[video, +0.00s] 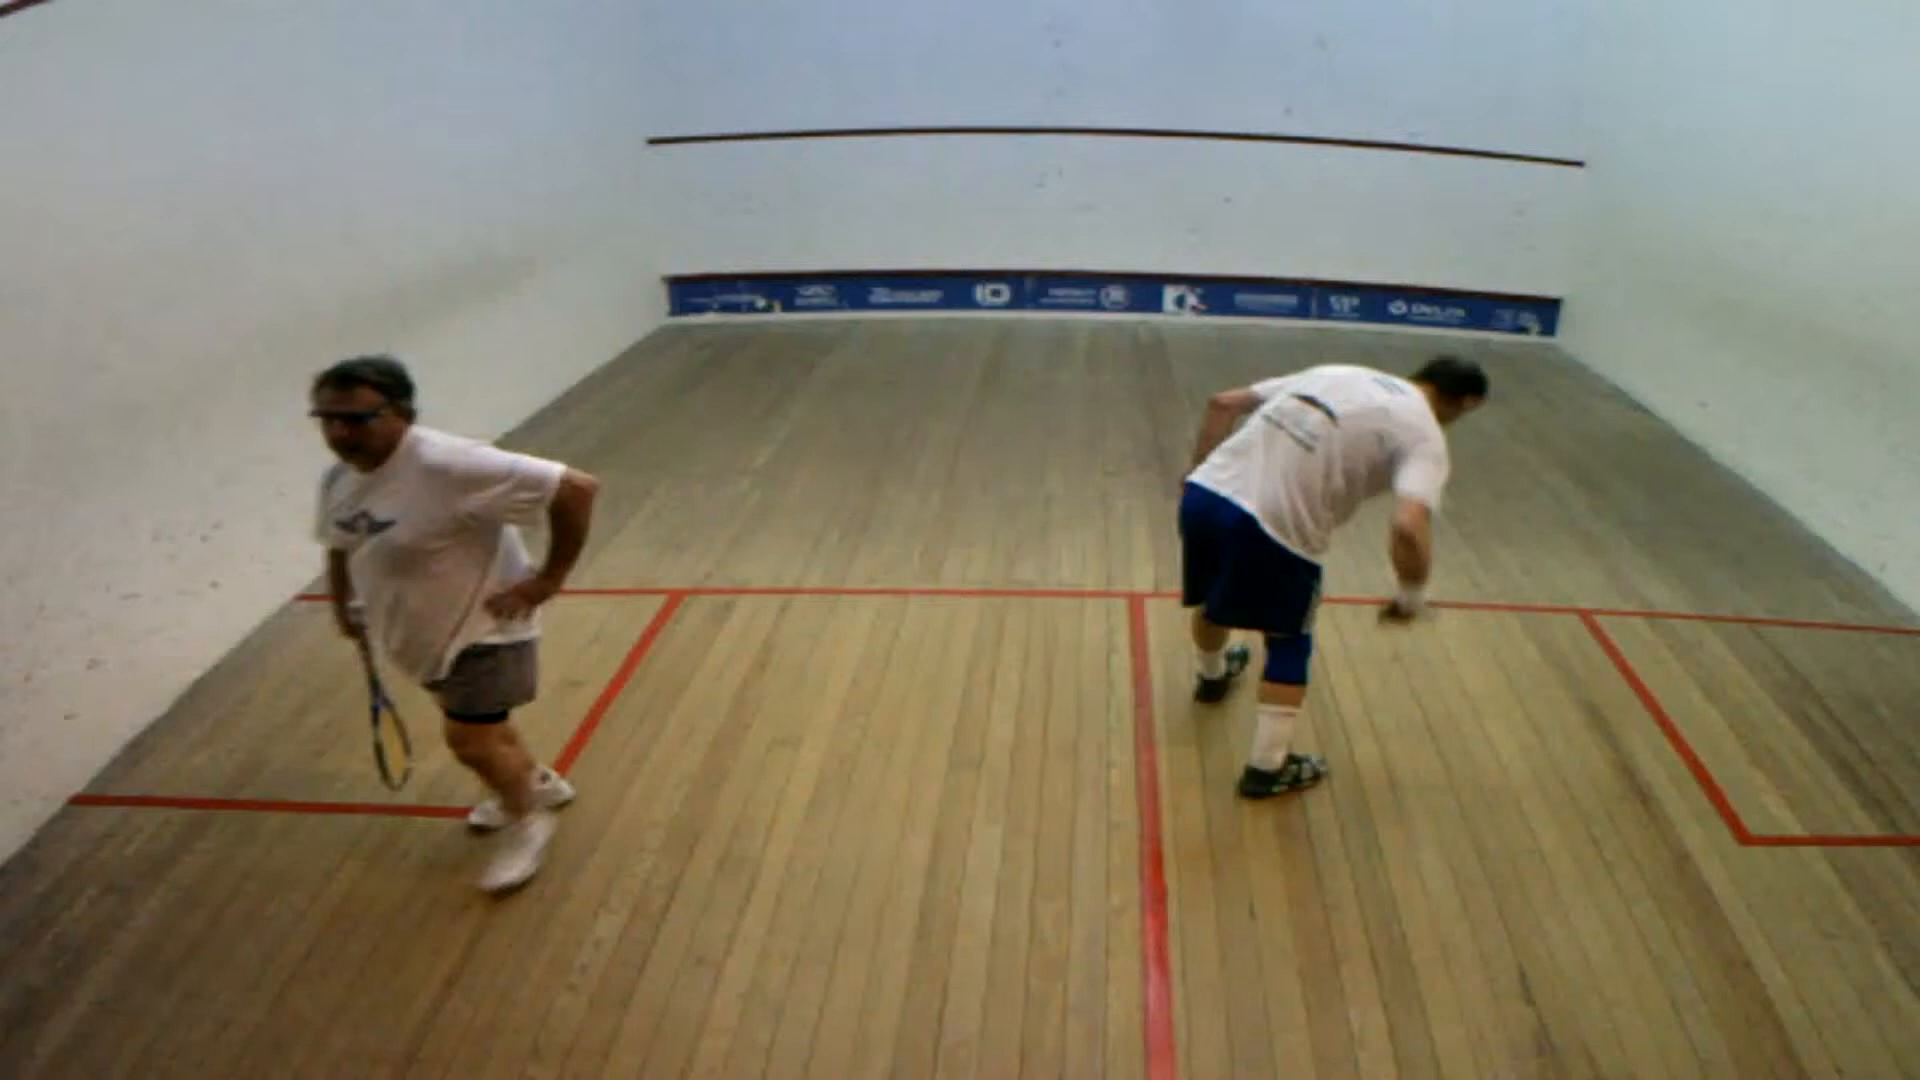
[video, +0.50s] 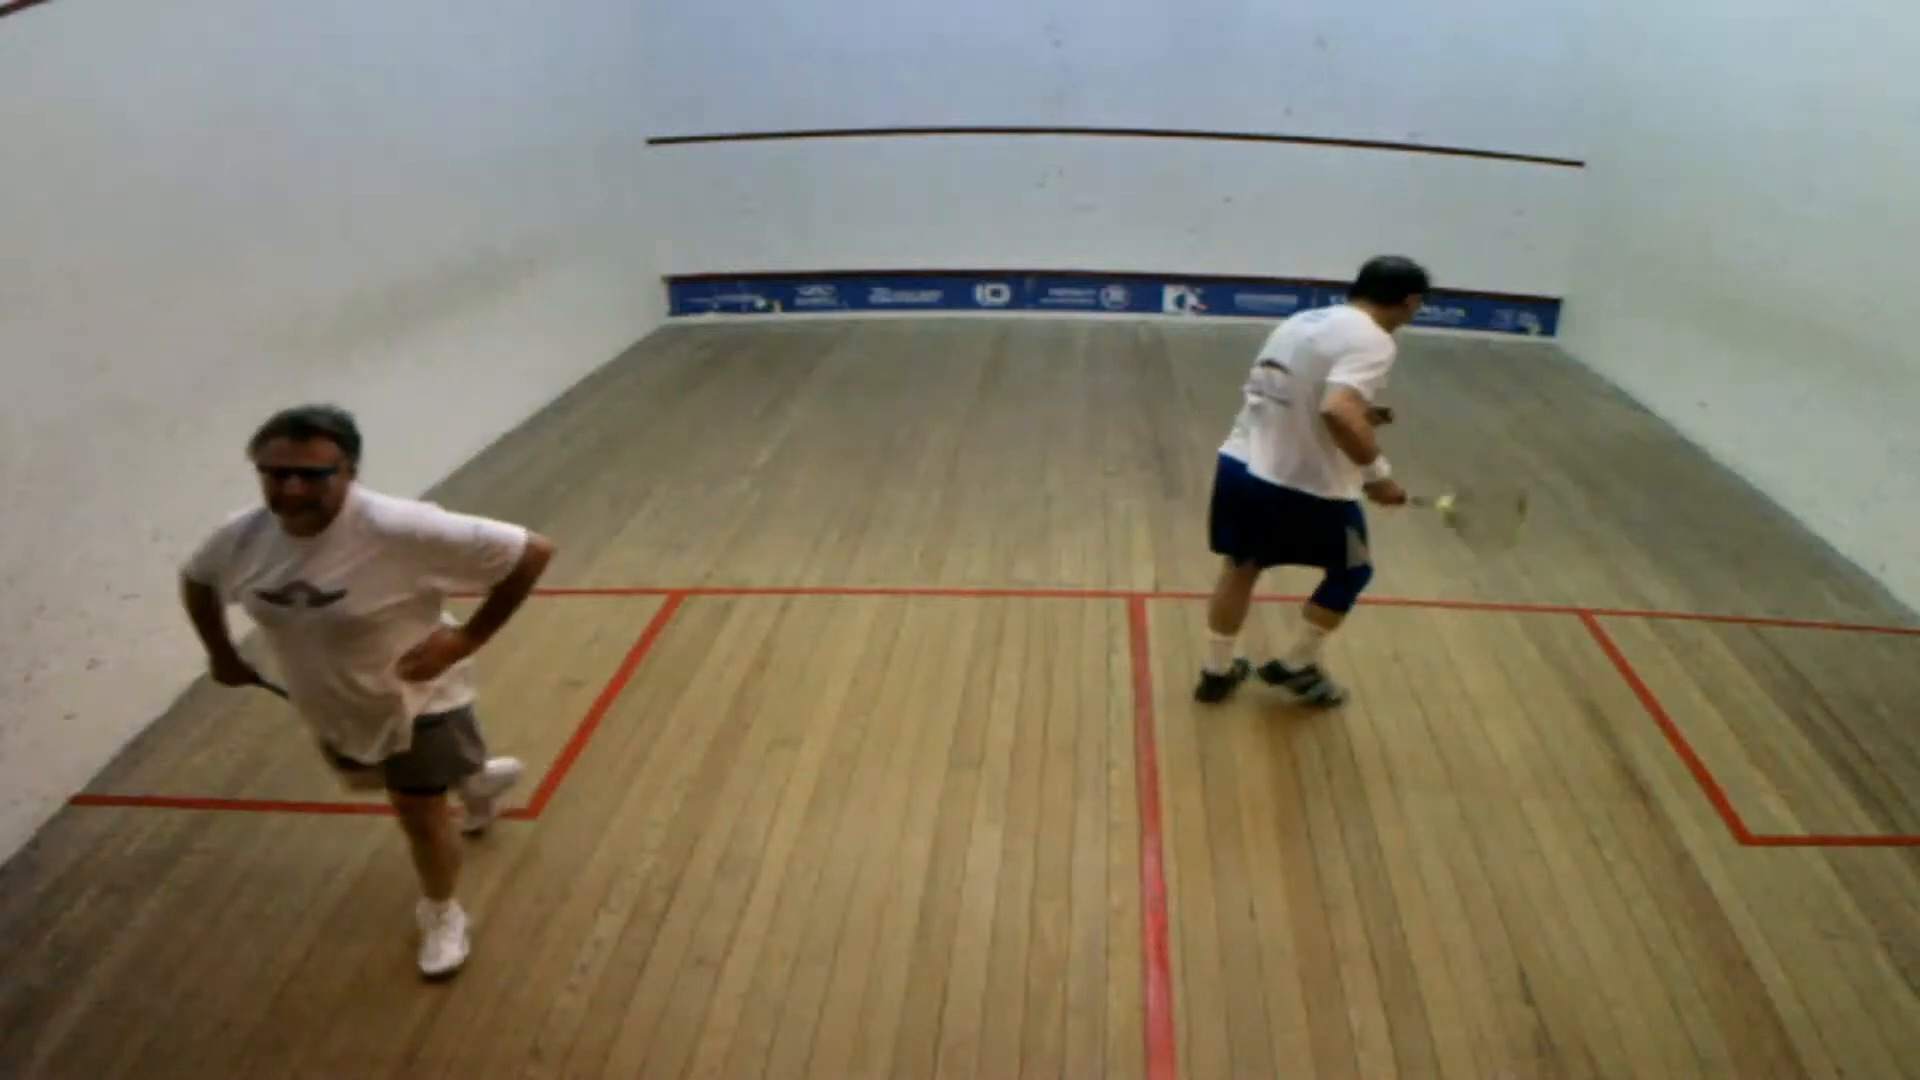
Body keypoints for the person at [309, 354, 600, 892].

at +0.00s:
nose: (339, 434)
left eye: (356, 419)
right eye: (328, 421)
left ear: (400, 415)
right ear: (319, 422)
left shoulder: (443, 465)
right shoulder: (340, 484)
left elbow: (574, 491)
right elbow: (338, 550)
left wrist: (549, 578)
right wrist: (344, 606)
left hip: (485, 626)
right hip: (421, 639)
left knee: (471, 741)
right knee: (482, 722)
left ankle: (529, 821)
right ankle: (532, 782)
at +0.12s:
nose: (329, 442)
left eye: (347, 426)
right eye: (317, 428)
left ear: (389, 423)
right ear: (306, 430)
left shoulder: (433, 471)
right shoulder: (320, 496)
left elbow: (569, 487)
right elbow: (315, 559)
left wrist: (535, 577)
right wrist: (316, 613)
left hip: (478, 634)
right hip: (414, 650)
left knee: (465, 752)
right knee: (477, 723)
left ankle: (487, 853)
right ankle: (531, 782)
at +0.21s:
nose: (317, 457)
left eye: (336, 441)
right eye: (303, 443)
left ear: (374, 438)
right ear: (291, 444)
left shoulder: (421, 488)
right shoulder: (297, 512)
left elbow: (557, 499)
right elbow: (279, 573)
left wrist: (507, 590)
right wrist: (281, 633)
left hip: (462, 655)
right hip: (405, 667)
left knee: (448, 768)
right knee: (473, 725)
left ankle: (452, 882)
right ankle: (532, 780)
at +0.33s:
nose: (309, 472)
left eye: (329, 456)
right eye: (292, 457)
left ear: (364, 455)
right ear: (278, 460)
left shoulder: (414, 508)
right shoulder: (274, 531)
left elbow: (546, 526)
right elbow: (248, 588)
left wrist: (487, 615)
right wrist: (255, 650)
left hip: (446, 668)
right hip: (383, 684)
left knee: (437, 787)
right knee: (463, 734)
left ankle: (444, 900)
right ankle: (522, 780)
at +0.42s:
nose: (298, 483)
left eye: (318, 468)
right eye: (283, 467)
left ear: (355, 469)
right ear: (267, 471)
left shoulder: (402, 523)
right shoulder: (256, 539)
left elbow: (537, 545)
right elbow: (216, 582)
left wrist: (472, 631)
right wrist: (234, 654)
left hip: (426, 693)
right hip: (357, 703)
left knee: (426, 803)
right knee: (444, 748)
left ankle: (441, 911)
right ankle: (505, 780)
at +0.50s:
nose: (292, 490)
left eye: (312, 475)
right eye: (277, 475)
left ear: (349, 476)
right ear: (259, 476)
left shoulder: (393, 530)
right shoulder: (243, 542)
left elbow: (530, 554)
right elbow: (196, 582)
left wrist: (463, 640)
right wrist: (222, 657)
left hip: (417, 704)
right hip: (335, 712)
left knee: (422, 808)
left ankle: (443, 913)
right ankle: (479, 785)